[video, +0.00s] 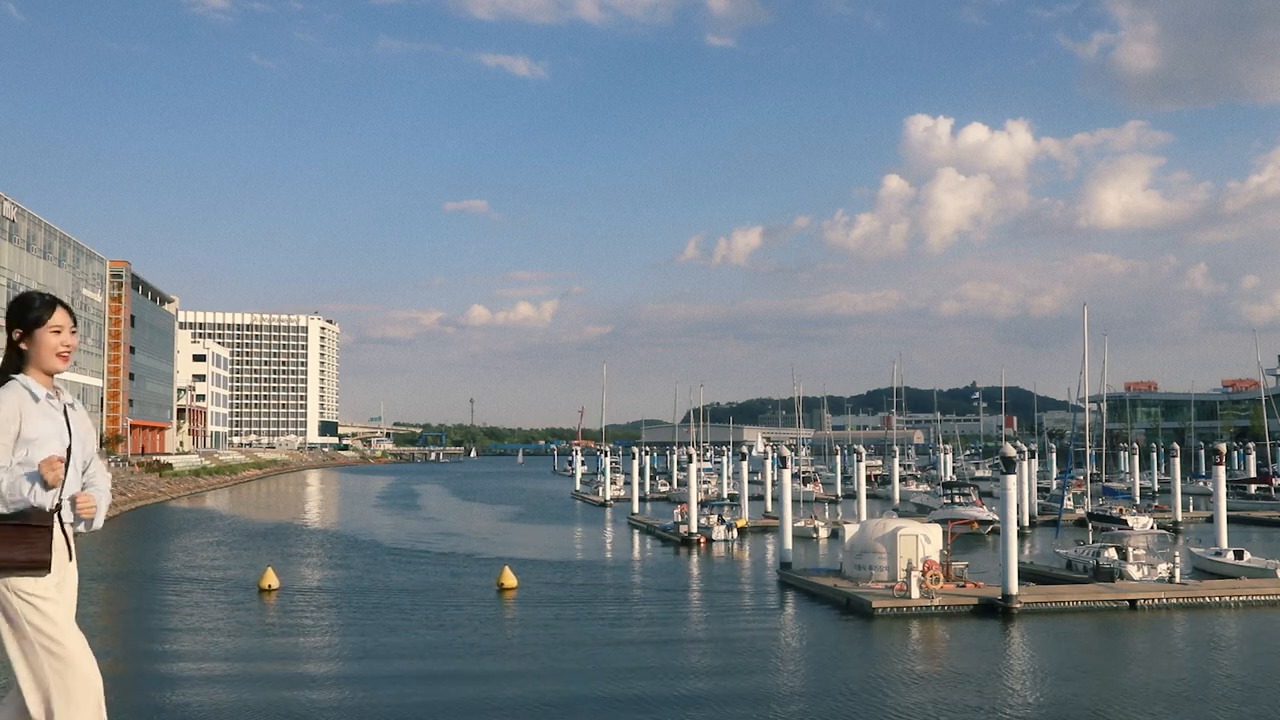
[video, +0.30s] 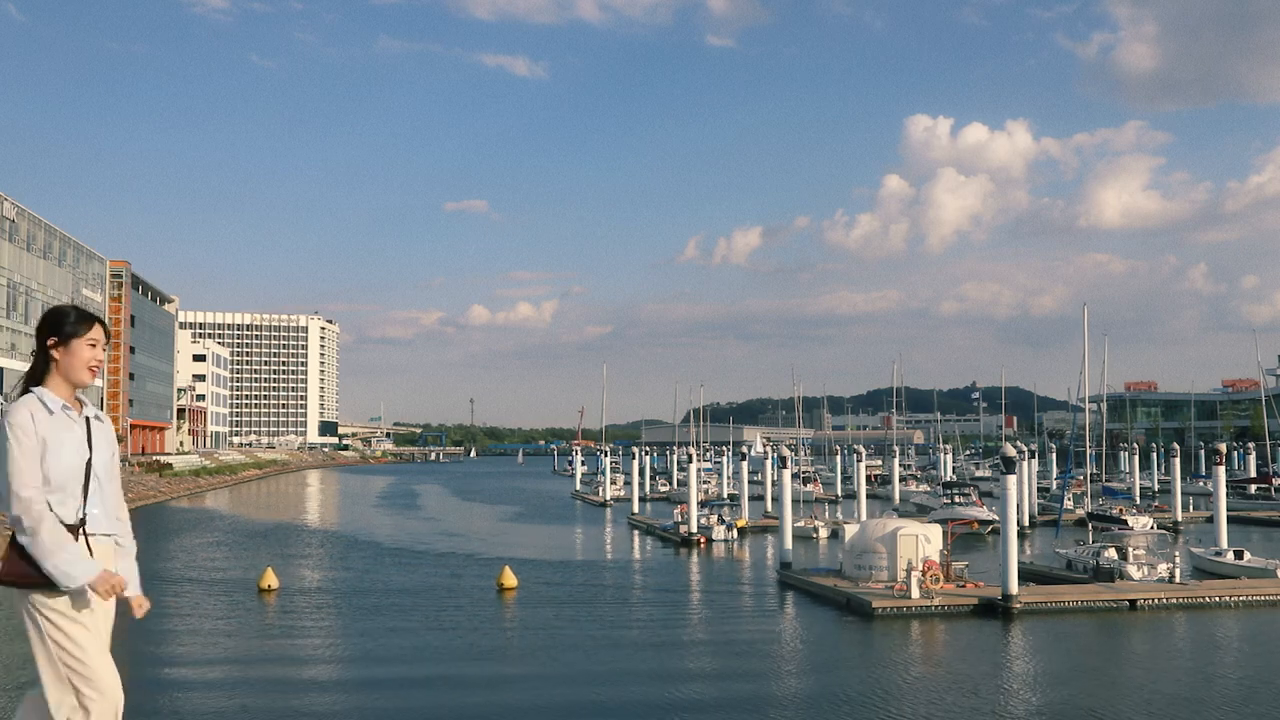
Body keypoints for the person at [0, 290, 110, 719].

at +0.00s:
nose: (69, 341)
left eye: (72, 332)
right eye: (56, 331)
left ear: (75, 339)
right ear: (23, 338)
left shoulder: (73, 408)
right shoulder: (10, 399)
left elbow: (96, 469)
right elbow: (2, 486)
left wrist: (96, 498)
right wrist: (35, 480)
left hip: (63, 547)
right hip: (18, 549)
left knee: (36, 677)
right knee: (76, 673)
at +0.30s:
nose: (101, 357)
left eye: (103, 348)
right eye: (91, 345)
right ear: (56, 349)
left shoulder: (100, 422)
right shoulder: (23, 415)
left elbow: (115, 507)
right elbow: (27, 509)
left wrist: (130, 580)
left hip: (104, 566)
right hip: (51, 570)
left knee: (63, 695)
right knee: (103, 699)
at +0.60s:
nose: (145, 335)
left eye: (148, 327)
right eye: (138, 321)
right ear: (101, 317)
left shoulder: (131, 392)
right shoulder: (65, 378)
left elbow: (155, 470)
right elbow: (80, 453)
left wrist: (225, 461)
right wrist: (145, 452)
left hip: (142, 525)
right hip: (94, 527)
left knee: (175, 665)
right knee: (91, 677)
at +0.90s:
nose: (189, 341)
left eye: (190, 332)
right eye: (180, 329)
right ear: (145, 331)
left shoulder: (178, 408)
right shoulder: (118, 396)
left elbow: (195, 498)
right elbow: (124, 478)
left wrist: (259, 475)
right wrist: (191, 472)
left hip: (189, 552)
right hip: (142, 553)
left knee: (219, 685)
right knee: (133, 695)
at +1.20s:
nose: (230, 344)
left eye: (231, 333)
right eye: (221, 332)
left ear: (196, 339)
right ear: (187, 337)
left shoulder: (213, 405)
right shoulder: (165, 401)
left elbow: (233, 495)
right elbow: (172, 495)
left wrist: (294, 545)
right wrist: (248, 538)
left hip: (232, 560)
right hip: (190, 561)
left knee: (250, 699)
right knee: (192, 701)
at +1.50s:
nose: (263, 330)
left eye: (264, 320)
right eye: (252, 321)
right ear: (218, 329)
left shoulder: (245, 383)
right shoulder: (215, 381)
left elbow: (258, 459)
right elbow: (201, 467)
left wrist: (288, 472)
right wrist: (260, 441)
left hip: (245, 543)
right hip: (226, 548)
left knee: (241, 680)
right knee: (305, 666)